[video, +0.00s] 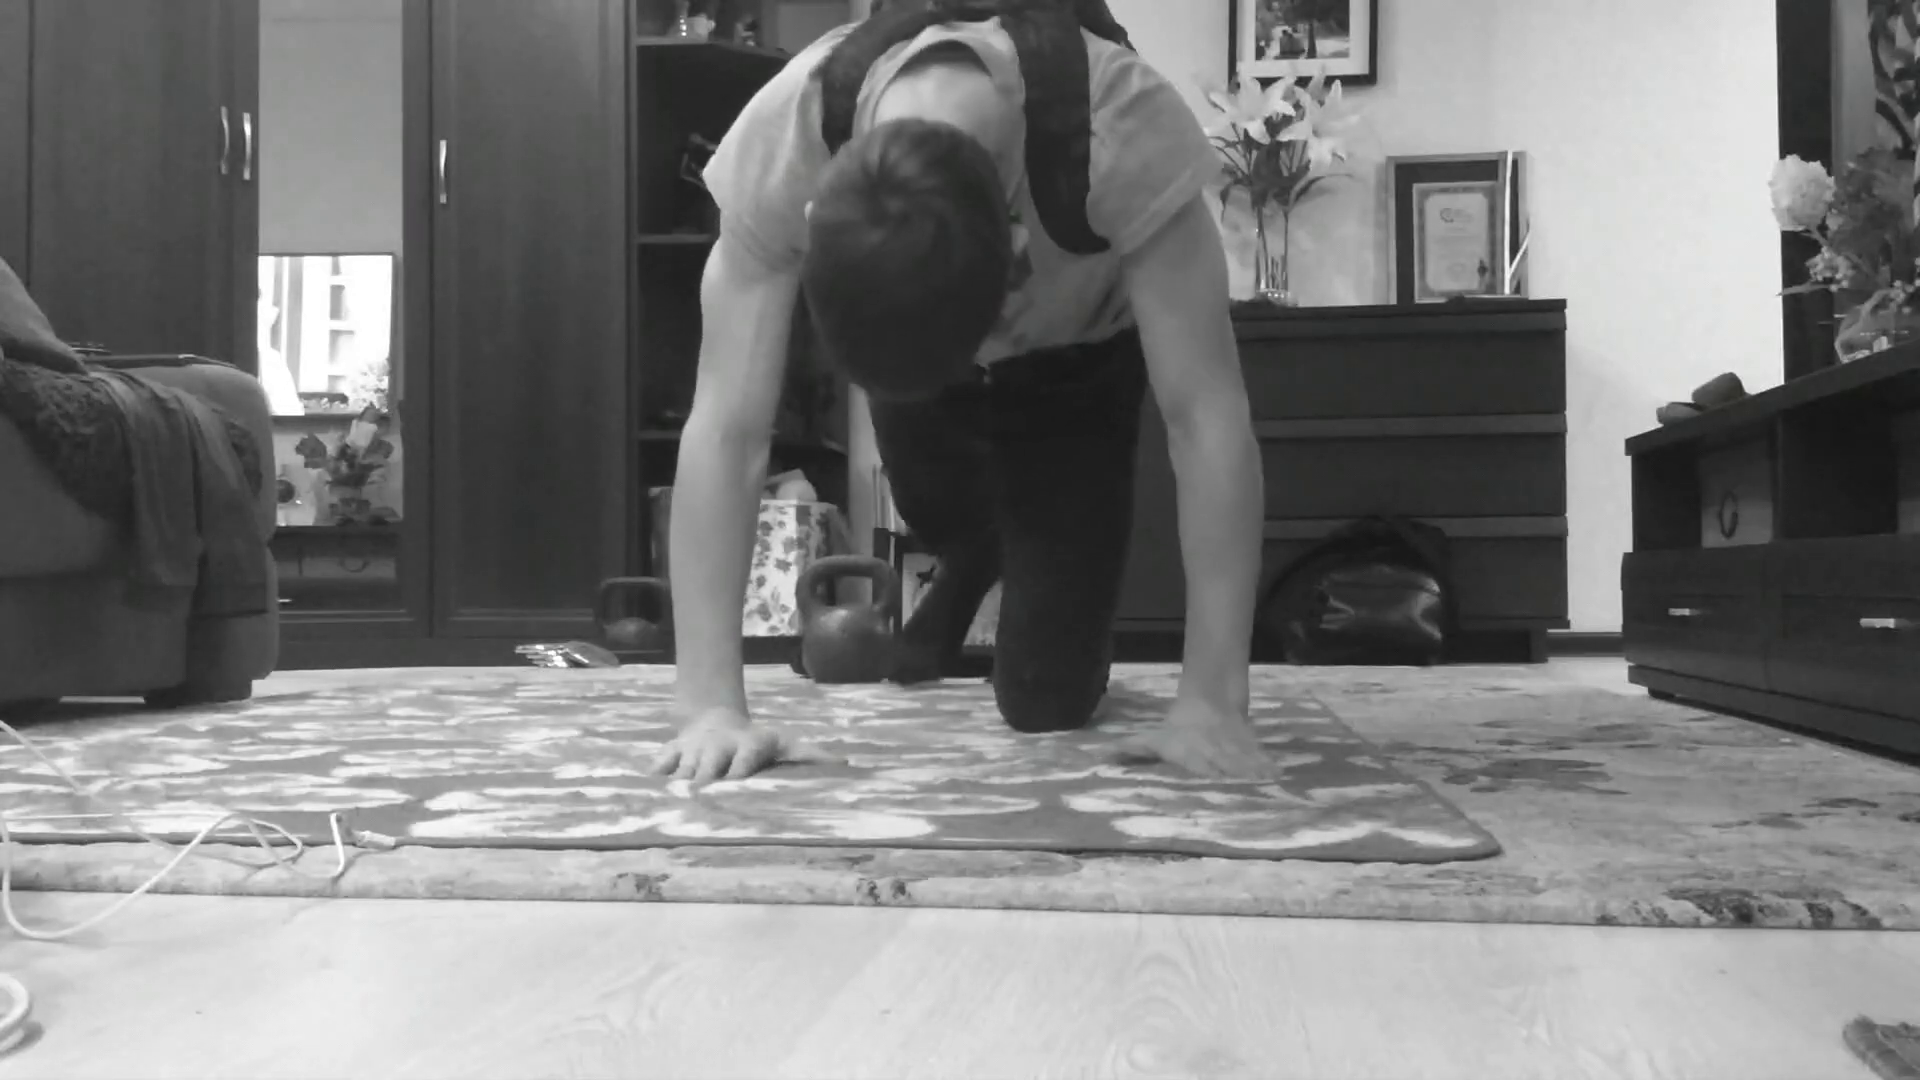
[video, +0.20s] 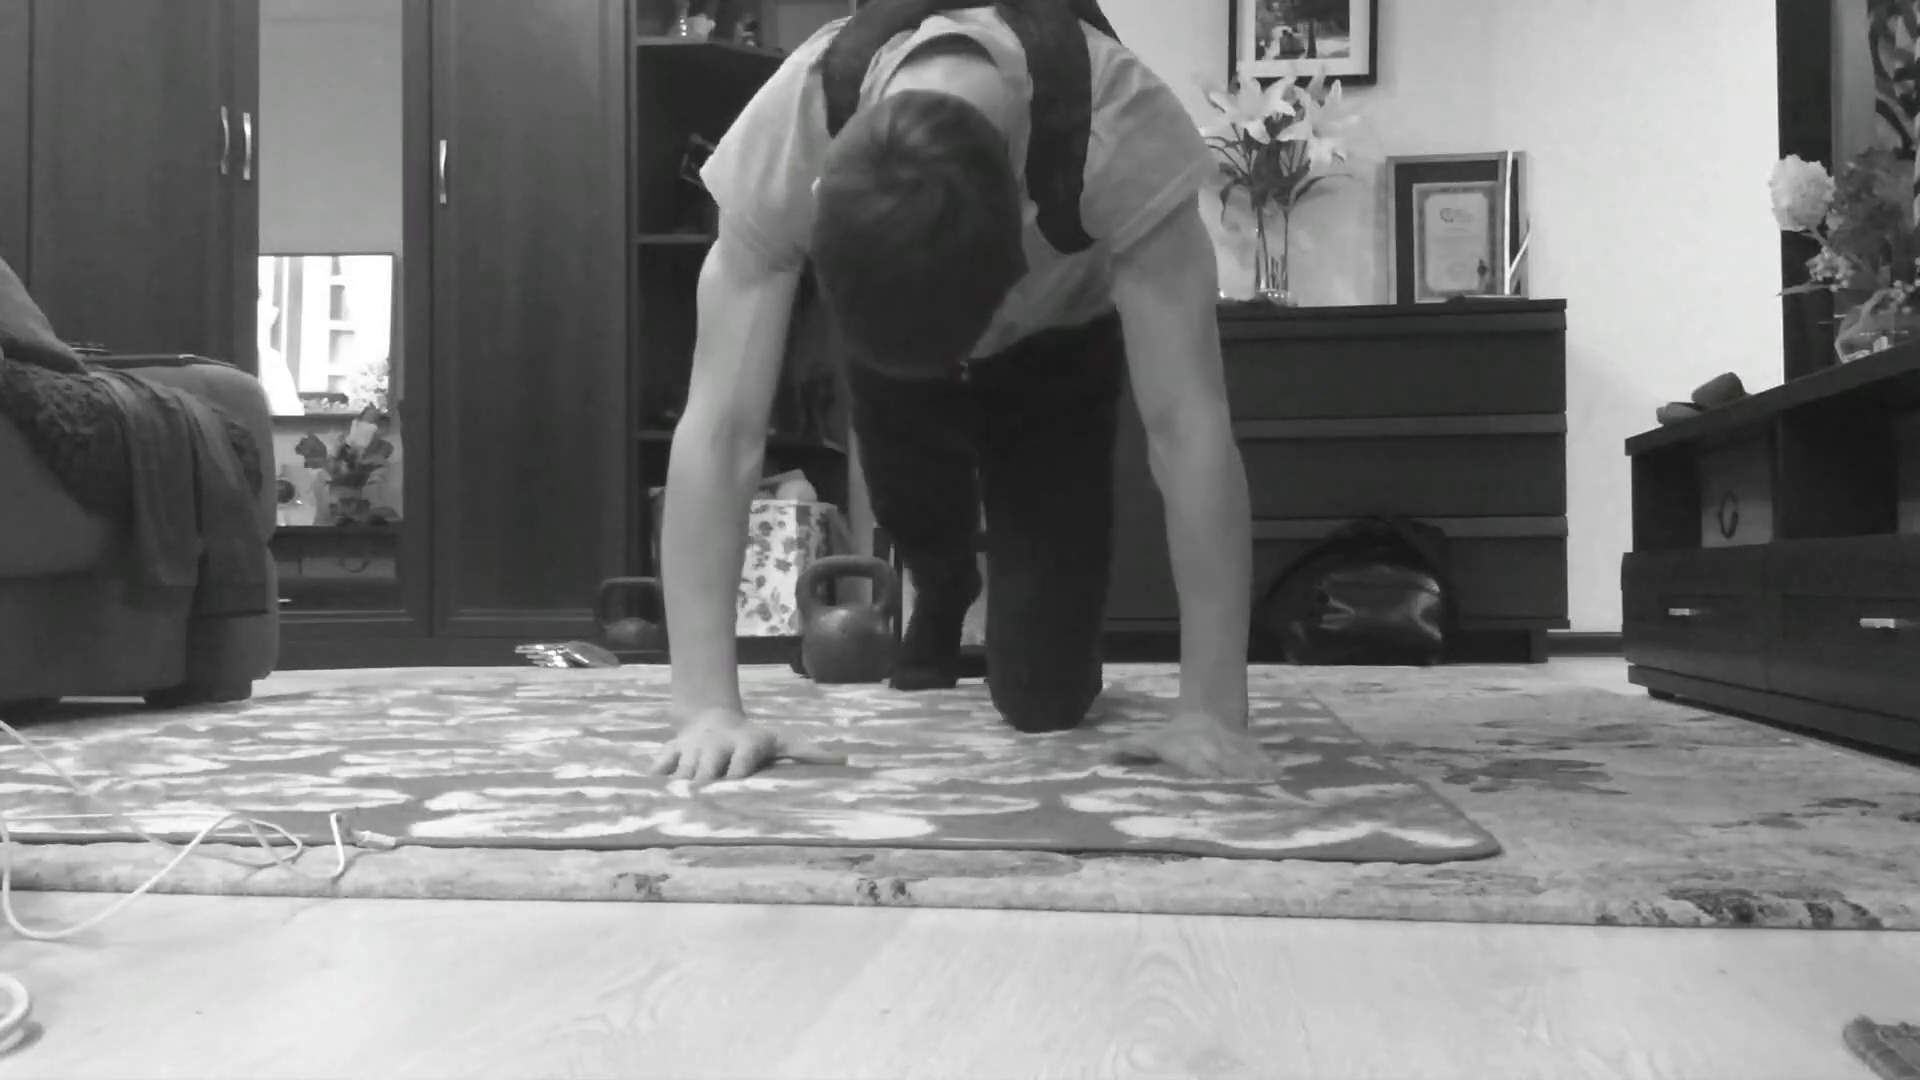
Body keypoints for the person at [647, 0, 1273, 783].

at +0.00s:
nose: (904, 399)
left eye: (927, 382)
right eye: (889, 387)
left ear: (1012, 259)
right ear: (821, 247)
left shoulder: (1126, 137)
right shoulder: (780, 153)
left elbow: (1208, 416)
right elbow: (724, 435)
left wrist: (1214, 702)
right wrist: (711, 710)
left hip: (1079, 340)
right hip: (911, 346)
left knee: (1039, 704)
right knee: (933, 511)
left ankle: (1062, 643)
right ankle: (969, 563)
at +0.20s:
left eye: (955, 346)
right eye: (896, 361)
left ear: (1010, 241)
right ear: (830, 227)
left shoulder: (1124, 139)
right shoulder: (781, 150)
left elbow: (1190, 425)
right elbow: (718, 434)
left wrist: (1214, 709)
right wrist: (708, 710)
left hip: (1058, 320)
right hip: (887, 327)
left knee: (1040, 703)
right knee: (916, 522)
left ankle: (1044, 638)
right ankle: (940, 591)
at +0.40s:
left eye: (960, 341)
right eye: (892, 352)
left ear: (1013, 238)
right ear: (831, 208)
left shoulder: (1125, 137)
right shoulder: (781, 144)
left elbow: (1190, 434)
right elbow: (710, 435)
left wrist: (1215, 714)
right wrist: (706, 711)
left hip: (1053, 293)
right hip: (877, 303)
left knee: (1060, 580)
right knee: (915, 532)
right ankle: (934, 591)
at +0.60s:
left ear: (1020, 235)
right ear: (824, 222)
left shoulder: (1123, 142)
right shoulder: (777, 148)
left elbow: (1188, 429)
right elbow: (707, 433)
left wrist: (1215, 714)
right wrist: (707, 711)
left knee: (1048, 424)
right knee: (903, 439)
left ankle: (1028, 514)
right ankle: (938, 577)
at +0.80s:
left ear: (1022, 229)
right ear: (833, 232)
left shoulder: (1129, 146)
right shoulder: (780, 155)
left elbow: (1190, 425)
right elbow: (707, 431)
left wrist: (1214, 712)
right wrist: (706, 711)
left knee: (1038, 406)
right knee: (911, 429)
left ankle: (1035, 517)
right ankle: (942, 590)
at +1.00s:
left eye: (962, 358)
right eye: (910, 364)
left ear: (1035, 217)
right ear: (840, 235)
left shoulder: (1129, 150)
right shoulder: (790, 163)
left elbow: (1189, 433)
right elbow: (718, 438)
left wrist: (1215, 713)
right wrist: (707, 710)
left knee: (1044, 430)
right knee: (911, 430)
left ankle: (1042, 615)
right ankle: (937, 594)